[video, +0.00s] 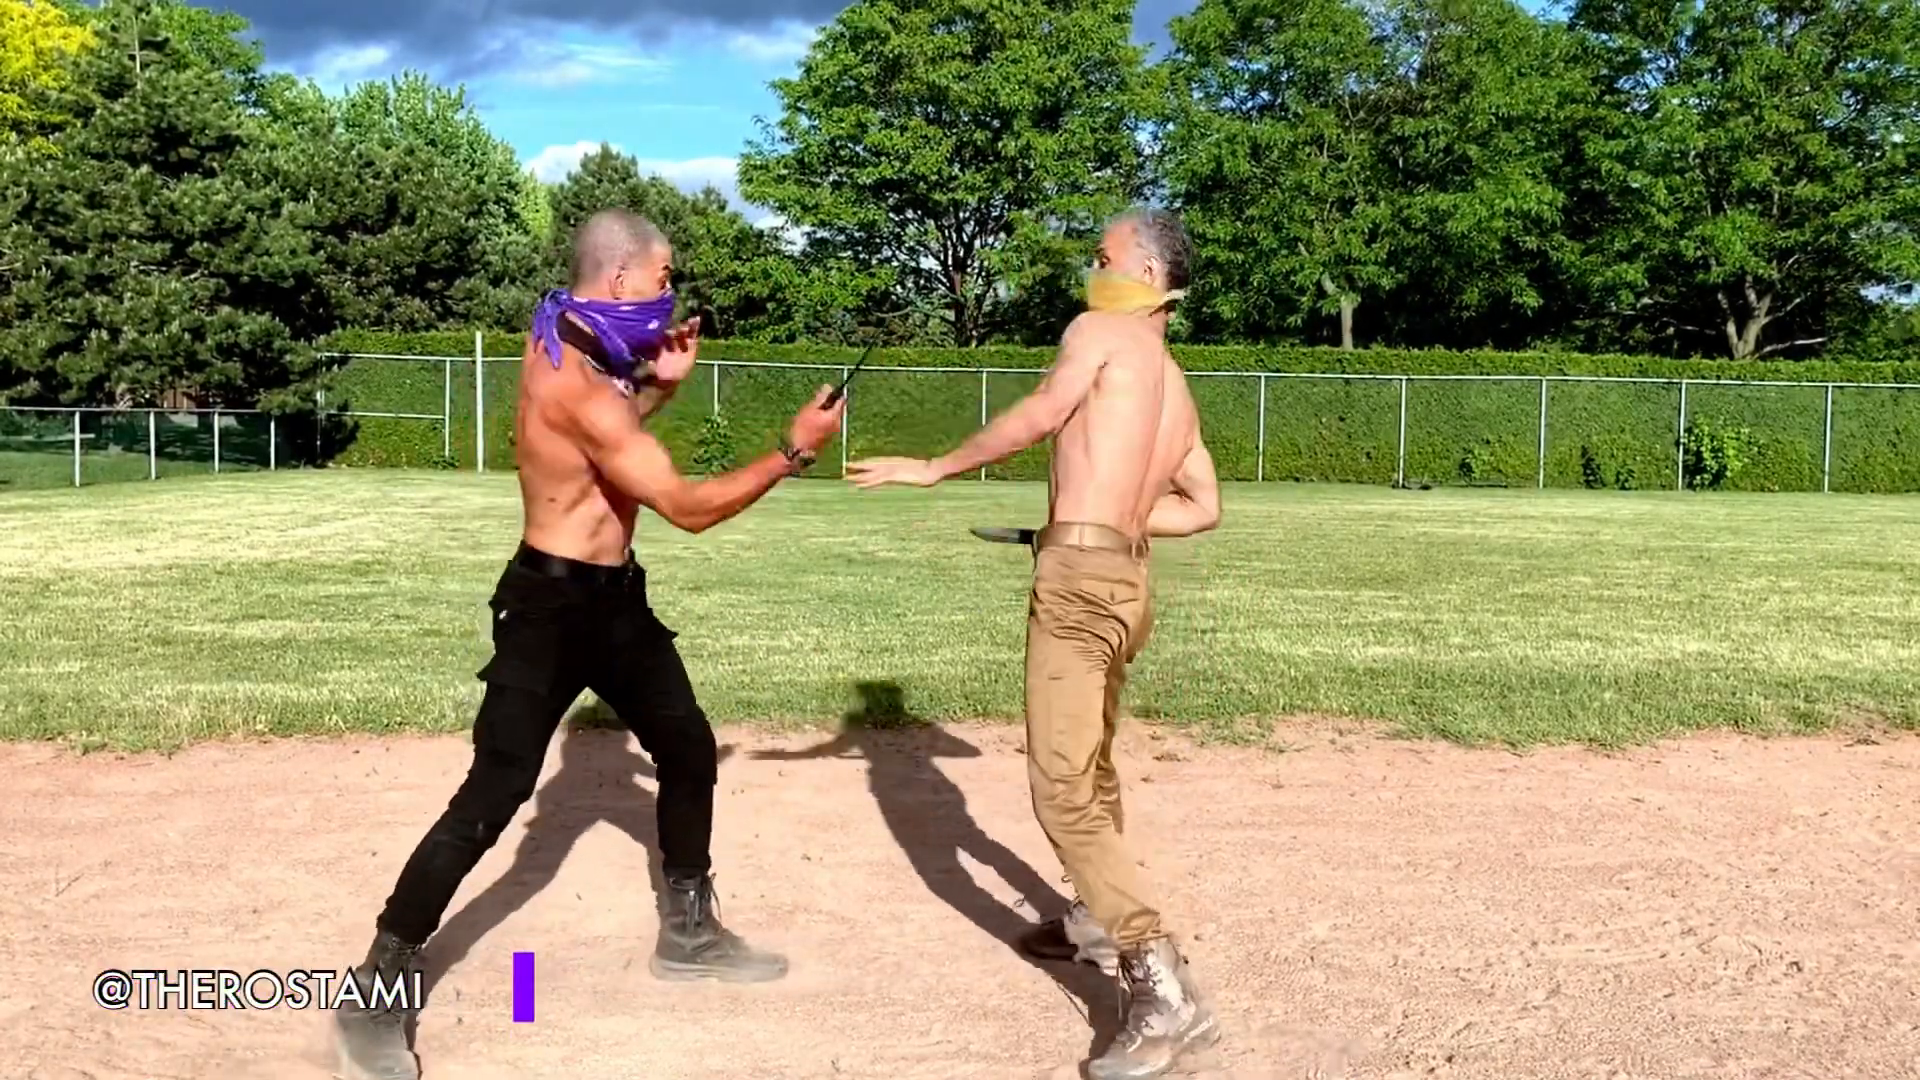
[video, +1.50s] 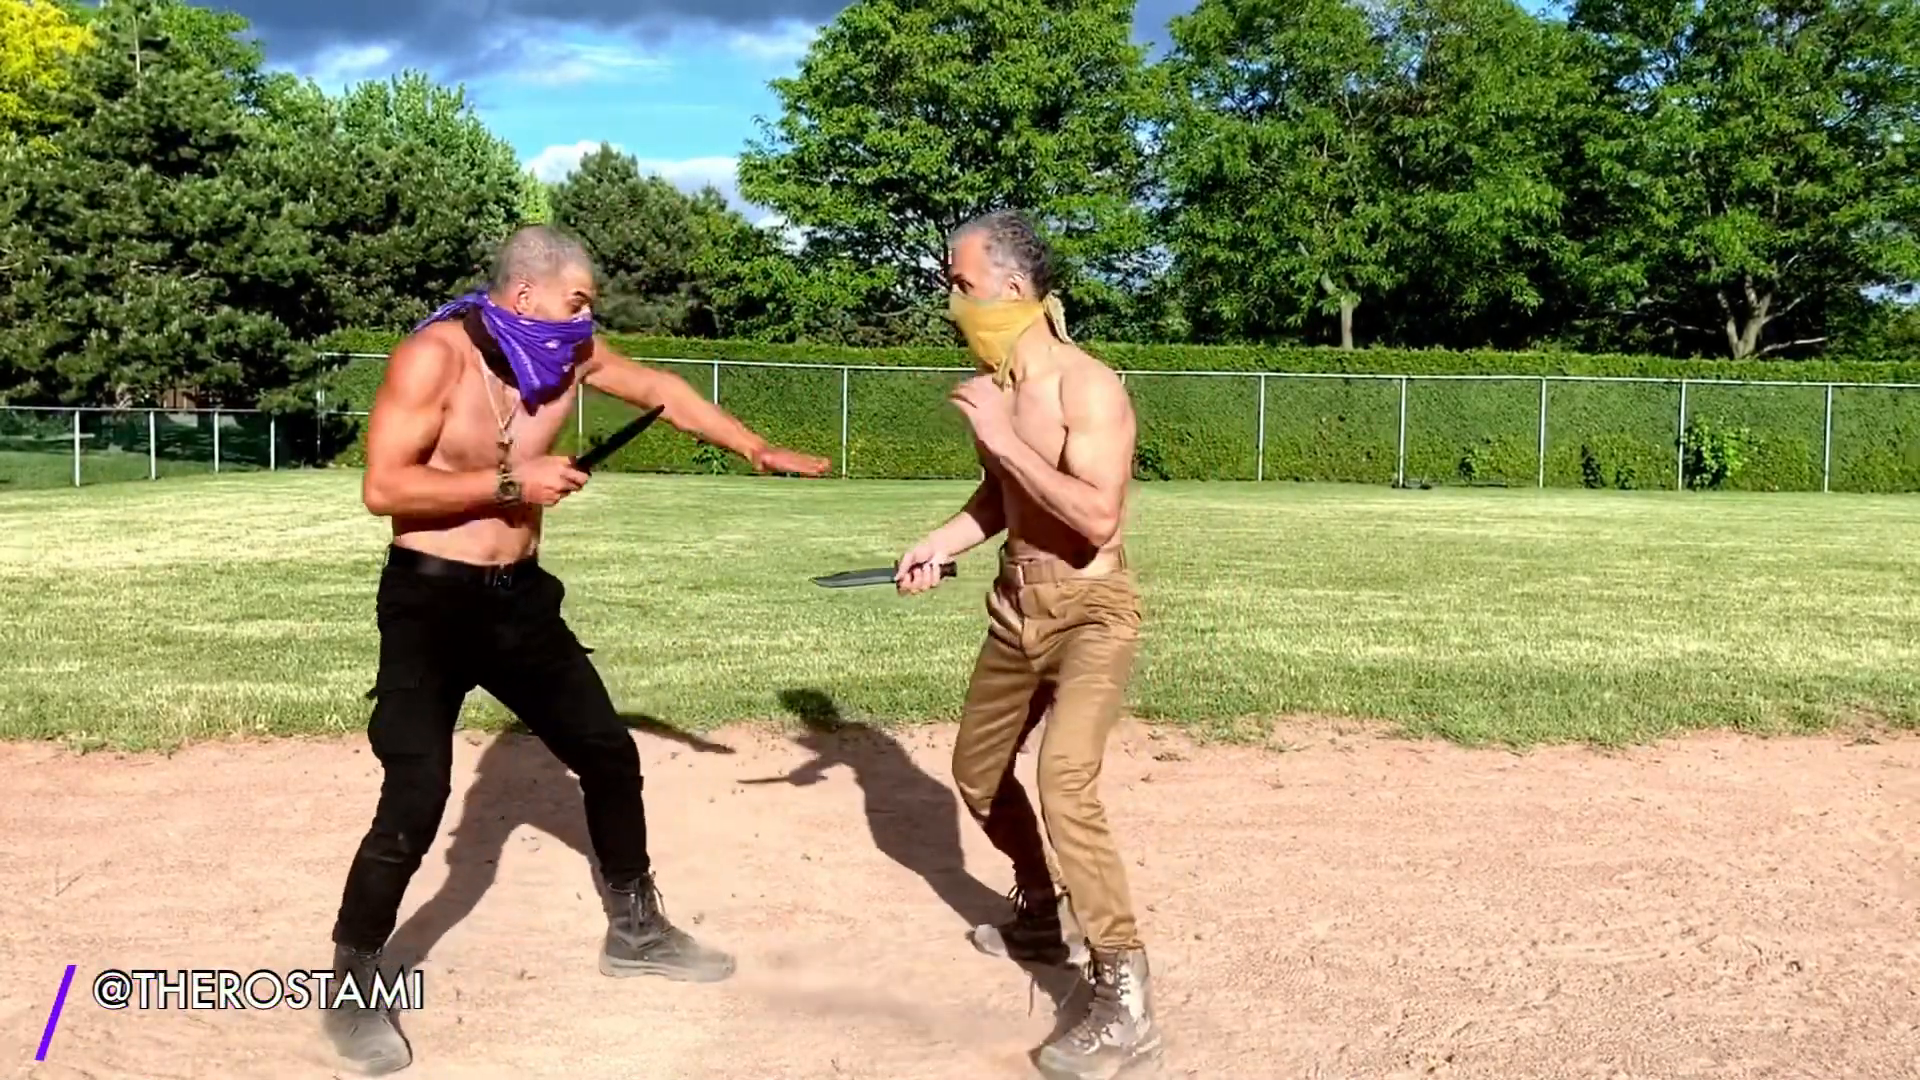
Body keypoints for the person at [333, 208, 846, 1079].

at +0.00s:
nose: (667, 298)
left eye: (669, 284)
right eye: (661, 283)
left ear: (603, 277)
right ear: (618, 280)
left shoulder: (564, 337)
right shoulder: (584, 388)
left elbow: (597, 457)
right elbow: (688, 507)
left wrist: (658, 393)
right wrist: (792, 451)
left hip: (612, 596)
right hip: (549, 602)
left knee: (689, 752)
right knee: (492, 795)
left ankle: (689, 931)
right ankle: (380, 984)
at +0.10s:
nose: (672, 297)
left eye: (673, 284)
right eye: (663, 282)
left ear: (623, 282)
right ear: (614, 283)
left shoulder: (636, 354)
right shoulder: (539, 385)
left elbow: (709, 352)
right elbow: (560, 540)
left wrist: (766, 320)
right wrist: (670, 542)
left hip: (611, 602)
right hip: (528, 607)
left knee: (702, 754)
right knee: (473, 803)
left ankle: (694, 928)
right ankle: (380, 987)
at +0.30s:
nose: (608, 325)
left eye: (611, 311)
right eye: (595, 310)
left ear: (595, 310)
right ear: (541, 313)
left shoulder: (600, 385)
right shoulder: (474, 418)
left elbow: (614, 471)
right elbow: (414, 540)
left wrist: (699, 497)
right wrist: (500, 613)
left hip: (613, 619)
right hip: (520, 631)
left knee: (711, 763)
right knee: (458, 820)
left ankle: (692, 933)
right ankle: (369, 997)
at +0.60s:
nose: (643, 320)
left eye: (644, 307)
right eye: (633, 306)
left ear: (597, 311)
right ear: (584, 310)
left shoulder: (601, 389)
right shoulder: (504, 404)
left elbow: (619, 461)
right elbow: (426, 535)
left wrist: (677, 409)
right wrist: (549, 557)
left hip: (598, 632)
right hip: (515, 641)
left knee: (706, 757)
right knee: (472, 840)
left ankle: (708, 931)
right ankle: (363, 999)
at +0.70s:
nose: (656, 318)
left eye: (658, 302)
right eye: (647, 300)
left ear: (626, 296)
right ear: (599, 296)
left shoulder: (616, 366)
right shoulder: (521, 361)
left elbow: (694, 353)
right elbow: (485, 459)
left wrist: (718, 276)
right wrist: (605, 420)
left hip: (598, 609)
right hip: (509, 612)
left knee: (691, 759)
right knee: (455, 806)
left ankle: (710, 928)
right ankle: (366, 990)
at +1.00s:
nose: (586, 327)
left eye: (588, 315)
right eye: (578, 312)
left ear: (537, 302)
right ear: (526, 303)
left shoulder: (552, 361)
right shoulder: (453, 388)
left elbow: (602, 392)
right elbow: (497, 534)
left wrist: (678, 398)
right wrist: (601, 470)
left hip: (586, 603)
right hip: (503, 620)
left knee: (679, 757)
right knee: (461, 820)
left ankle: (687, 924)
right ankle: (366, 986)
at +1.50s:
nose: (586, 321)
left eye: (589, 306)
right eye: (575, 304)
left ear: (559, 300)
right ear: (519, 293)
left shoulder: (568, 351)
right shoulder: (432, 355)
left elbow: (664, 393)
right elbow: (385, 488)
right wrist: (509, 482)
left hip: (521, 604)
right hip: (426, 606)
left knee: (609, 755)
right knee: (414, 804)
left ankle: (635, 925)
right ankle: (353, 986)